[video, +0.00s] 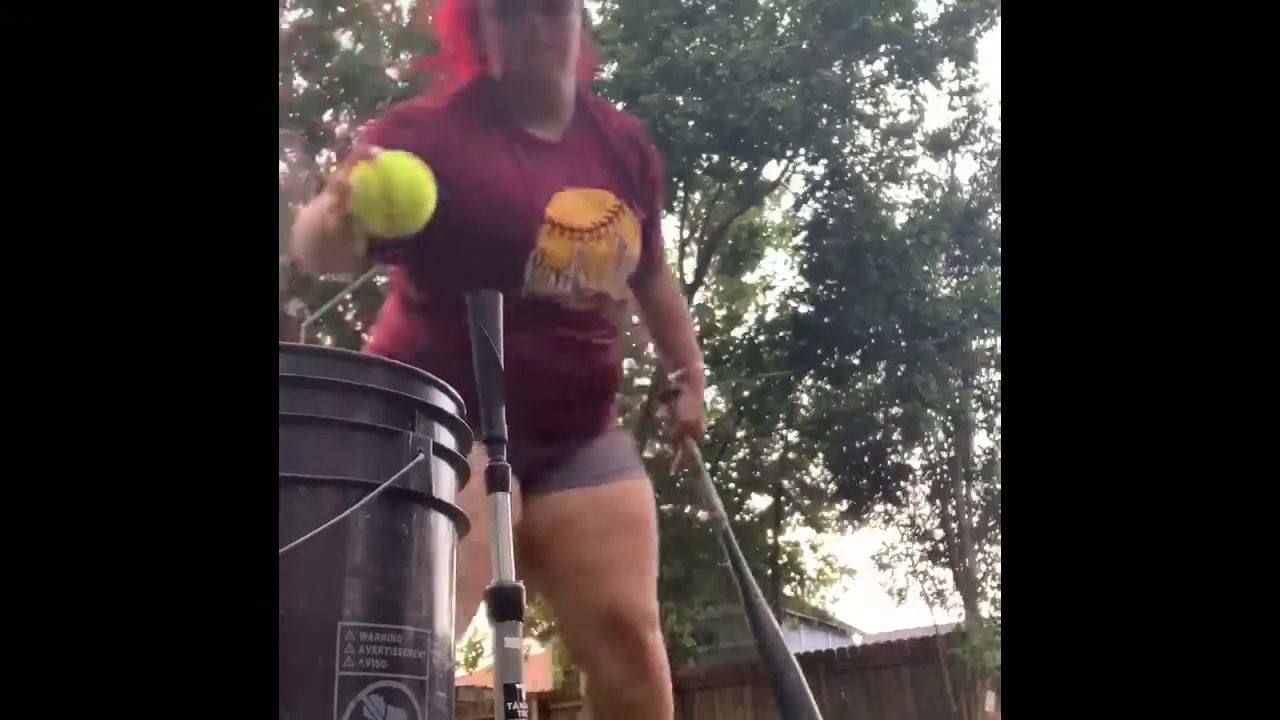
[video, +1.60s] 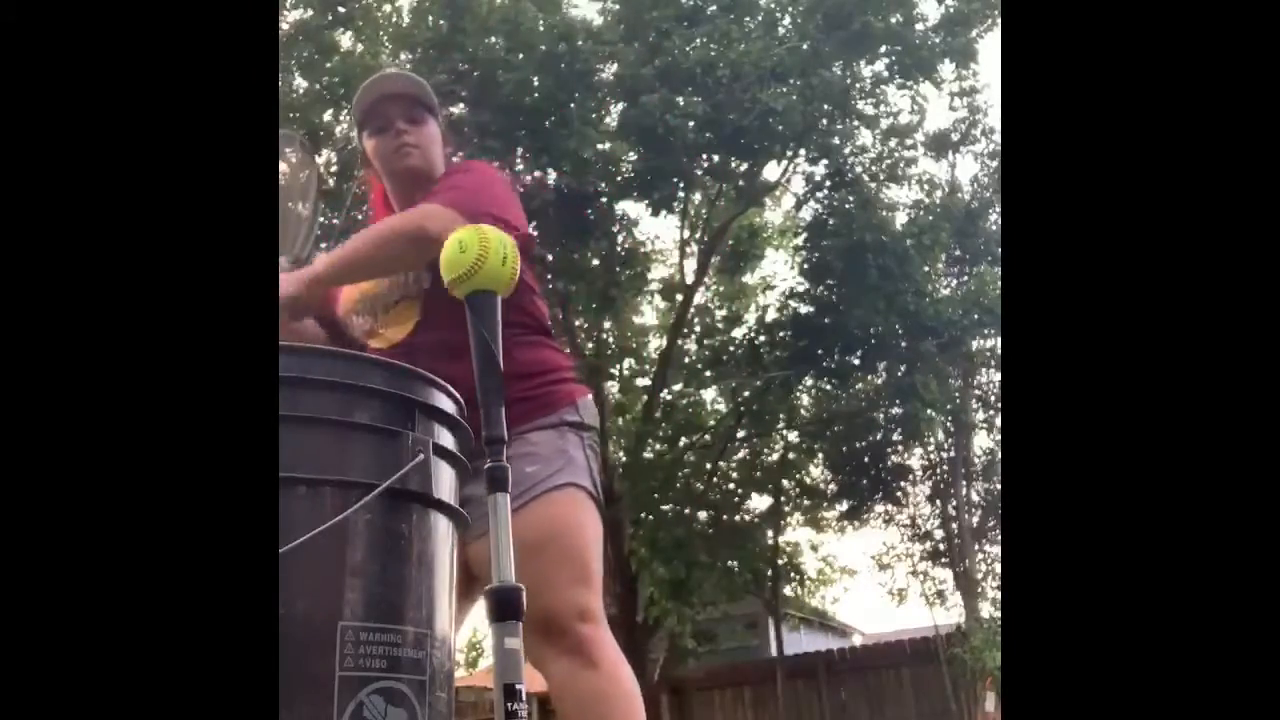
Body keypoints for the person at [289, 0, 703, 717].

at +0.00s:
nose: (541, 27)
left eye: (556, 7)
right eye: (515, 10)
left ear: (581, 22)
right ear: (479, 30)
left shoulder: (625, 148)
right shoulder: (421, 133)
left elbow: (651, 273)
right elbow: (316, 256)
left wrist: (691, 375)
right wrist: (343, 214)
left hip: (578, 428)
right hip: (440, 425)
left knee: (632, 642)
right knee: (410, 646)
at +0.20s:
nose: (584, 42)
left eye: (603, 26)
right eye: (564, 27)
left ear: (630, 43)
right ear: (536, 45)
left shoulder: (671, 156)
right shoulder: (490, 136)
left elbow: (705, 281)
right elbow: (398, 208)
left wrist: (729, 389)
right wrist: (421, 205)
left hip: (632, 426)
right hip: (496, 417)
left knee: (650, 631)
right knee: (460, 607)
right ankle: (390, 707)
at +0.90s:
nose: (486, 90)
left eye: (502, 77)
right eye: (467, 80)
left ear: (528, 92)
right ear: (445, 98)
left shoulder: (587, 192)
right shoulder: (400, 199)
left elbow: (662, 280)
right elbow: (364, 291)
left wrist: (672, 356)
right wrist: (414, 324)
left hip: (573, 440)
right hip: (450, 446)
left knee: (601, 621)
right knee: (426, 645)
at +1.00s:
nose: (455, 97)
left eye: (471, 84)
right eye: (437, 88)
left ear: (497, 101)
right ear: (416, 111)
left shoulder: (555, 194)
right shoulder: (370, 215)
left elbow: (639, 272)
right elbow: (347, 325)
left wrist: (615, 356)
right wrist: (380, 412)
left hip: (556, 442)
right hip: (433, 451)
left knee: (591, 623)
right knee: (410, 642)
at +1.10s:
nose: (431, 107)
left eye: (446, 93)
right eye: (412, 99)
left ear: (474, 111)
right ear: (393, 126)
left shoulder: (528, 198)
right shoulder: (353, 229)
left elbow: (591, 281)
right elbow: (324, 348)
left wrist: (522, 377)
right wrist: (337, 432)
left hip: (549, 426)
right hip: (427, 444)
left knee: (588, 618)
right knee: (401, 633)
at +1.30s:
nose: (413, 119)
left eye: (426, 105)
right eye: (394, 113)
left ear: (454, 120)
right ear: (378, 139)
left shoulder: (500, 188)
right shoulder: (352, 245)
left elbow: (526, 273)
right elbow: (321, 353)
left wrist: (405, 347)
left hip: (535, 425)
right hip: (420, 445)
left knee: (575, 630)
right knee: (392, 635)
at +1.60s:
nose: (399, 133)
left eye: (414, 118)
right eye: (381, 126)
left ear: (442, 131)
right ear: (366, 154)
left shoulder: (480, 180)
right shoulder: (366, 249)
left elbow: (434, 228)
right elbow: (351, 341)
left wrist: (309, 276)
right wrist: (294, 319)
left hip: (531, 425)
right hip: (430, 443)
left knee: (571, 631)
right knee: (392, 636)